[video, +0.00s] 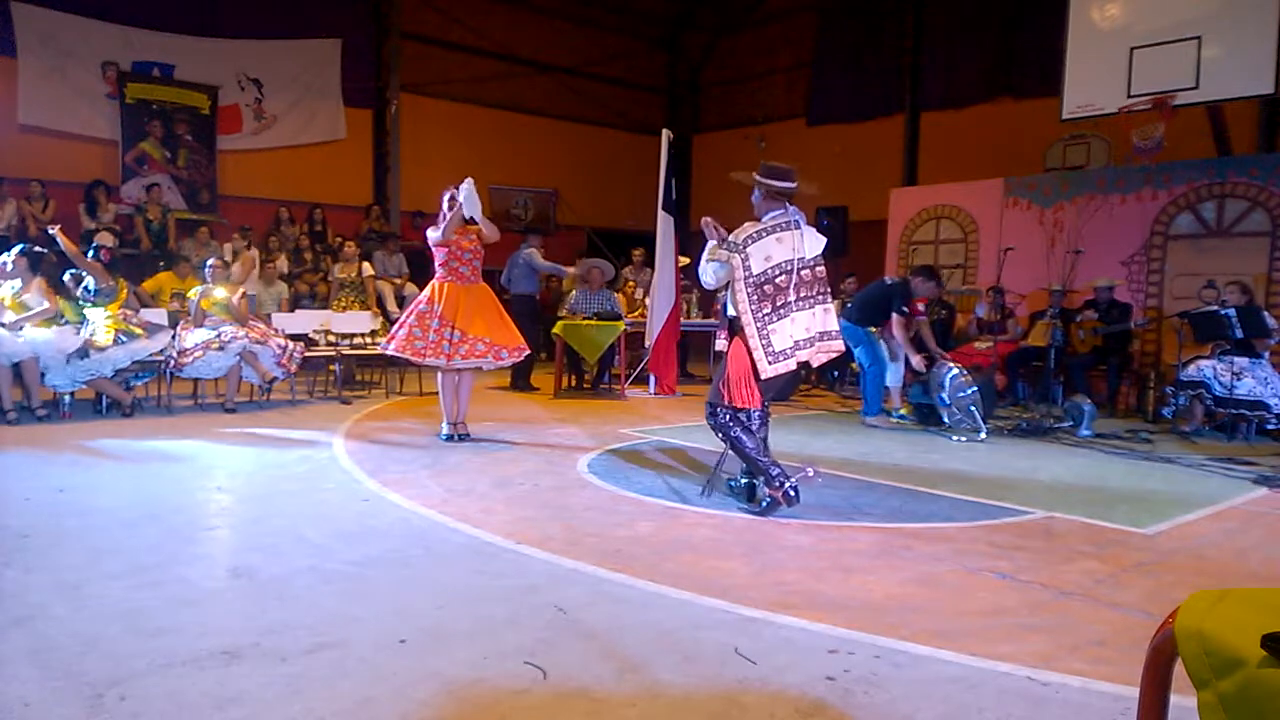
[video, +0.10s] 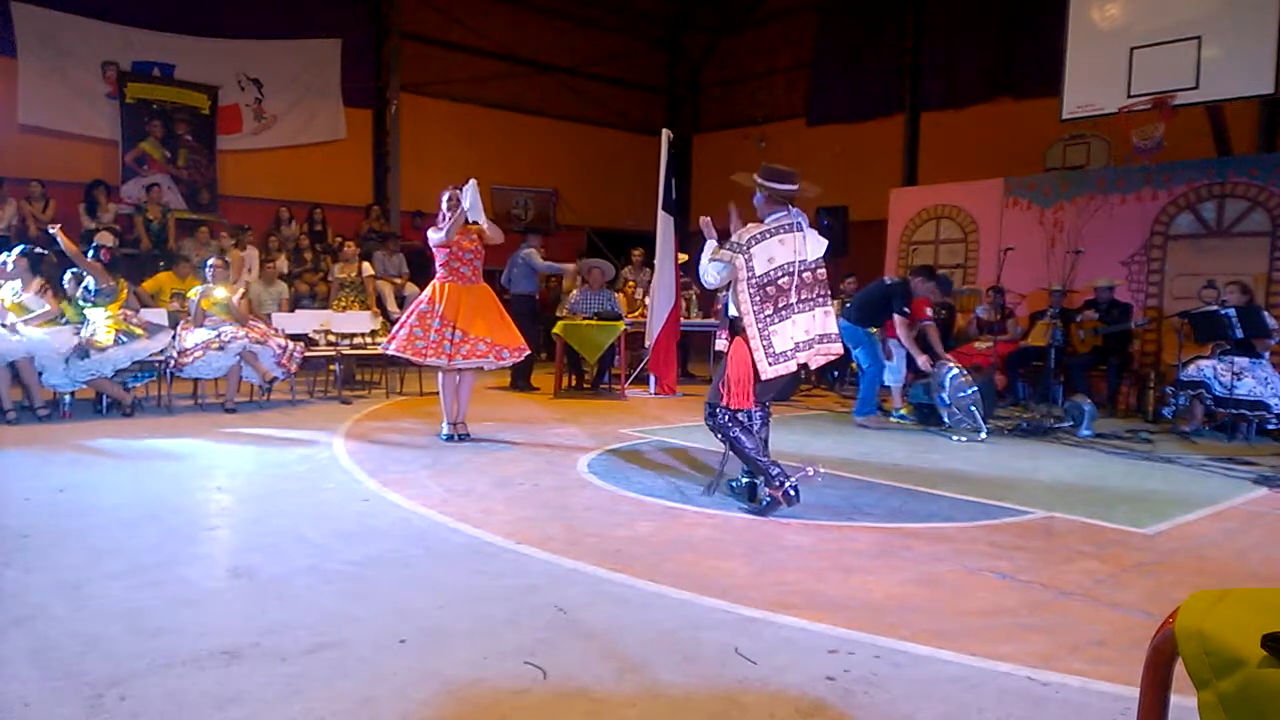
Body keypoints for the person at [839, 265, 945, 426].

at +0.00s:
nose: (927, 294)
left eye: (930, 291)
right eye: (929, 289)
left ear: (917, 280)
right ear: (920, 281)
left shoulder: (898, 286)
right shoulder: (902, 292)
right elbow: (897, 328)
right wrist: (913, 356)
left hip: (851, 323)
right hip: (858, 325)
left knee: (868, 367)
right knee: (876, 366)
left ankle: (869, 409)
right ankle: (873, 413)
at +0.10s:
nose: (926, 294)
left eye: (929, 290)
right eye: (927, 289)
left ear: (917, 280)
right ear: (919, 281)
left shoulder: (896, 285)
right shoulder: (902, 291)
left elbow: (881, 316)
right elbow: (901, 329)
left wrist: (883, 341)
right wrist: (918, 356)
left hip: (850, 323)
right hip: (857, 326)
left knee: (868, 367)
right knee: (875, 366)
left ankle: (866, 408)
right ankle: (865, 412)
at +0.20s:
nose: (926, 292)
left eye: (928, 288)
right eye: (926, 287)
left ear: (914, 279)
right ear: (916, 280)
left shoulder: (894, 283)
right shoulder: (902, 291)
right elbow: (904, 330)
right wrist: (921, 358)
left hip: (847, 323)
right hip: (856, 327)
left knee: (866, 368)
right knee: (870, 369)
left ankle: (868, 408)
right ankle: (862, 414)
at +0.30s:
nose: (923, 293)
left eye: (926, 289)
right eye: (924, 288)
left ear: (911, 279)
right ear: (915, 280)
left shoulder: (888, 281)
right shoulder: (901, 291)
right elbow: (903, 329)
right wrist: (920, 358)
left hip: (843, 322)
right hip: (856, 327)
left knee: (860, 369)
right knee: (869, 370)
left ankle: (866, 408)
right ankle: (861, 414)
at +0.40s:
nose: (921, 293)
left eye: (924, 289)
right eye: (921, 288)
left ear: (908, 279)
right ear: (912, 280)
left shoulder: (886, 281)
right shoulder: (900, 292)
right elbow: (902, 330)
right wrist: (920, 358)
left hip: (841, 319)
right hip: (854, 326)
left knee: (853, 370)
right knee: (866, 370)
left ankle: (858, 406)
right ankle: (858, 415)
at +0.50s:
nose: (920, 292)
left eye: (923, 288)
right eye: (920, 287)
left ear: (907, 278)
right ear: (911, 280)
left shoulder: (886, 280)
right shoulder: (900, 292)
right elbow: (902, 330)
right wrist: (920, 359)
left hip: (842, 317)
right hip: (854, 325)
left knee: (849, 369)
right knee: (863, 371)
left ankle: (845, 409)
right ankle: (858, 415)